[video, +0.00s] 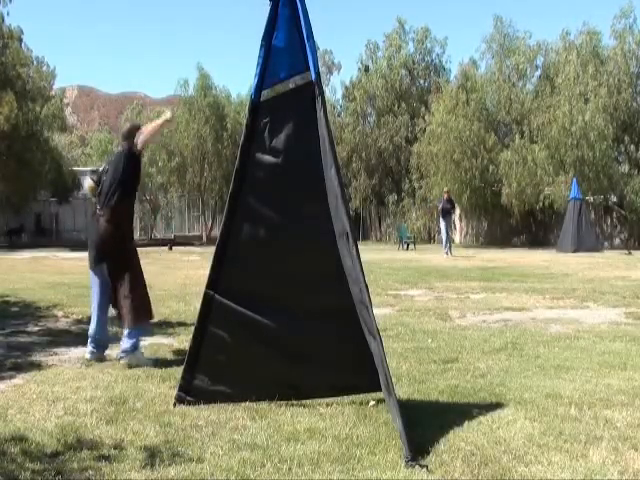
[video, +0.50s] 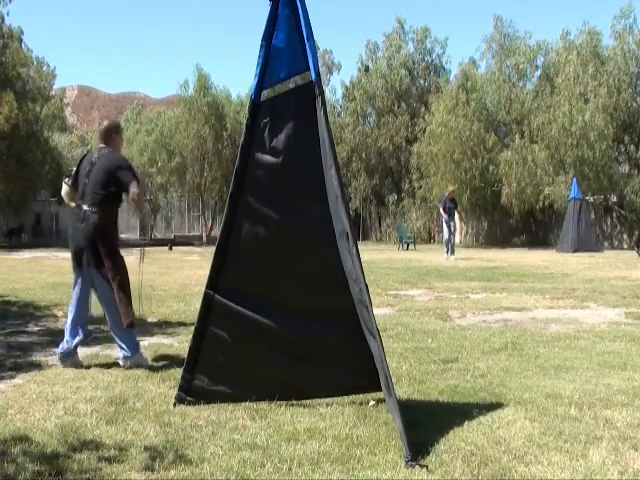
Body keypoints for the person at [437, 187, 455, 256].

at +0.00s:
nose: (446, 195)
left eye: (447, 193)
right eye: (445, 193)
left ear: (449, 194)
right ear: (443, 194)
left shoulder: (451, 201)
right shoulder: (441, 201)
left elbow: (453, 209)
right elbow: (439, 209)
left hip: (449, 218)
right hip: (442, 218)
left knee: (449, 234)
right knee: (444, 234)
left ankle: (449, 249)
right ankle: (445, 250)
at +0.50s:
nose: (450, 195)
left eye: (451, 193)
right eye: (449, 193)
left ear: (453, 194)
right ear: (447, 194)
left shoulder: (454, 200)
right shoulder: (444, 200)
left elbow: (457, 209)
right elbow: (441, 208)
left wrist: (461, 217)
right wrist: (444, 215)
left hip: (452, 218)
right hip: (446, 218)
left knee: (452, 236)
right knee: (447, 236)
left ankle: (452, 253)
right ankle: (446, 252)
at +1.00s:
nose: (453, 194)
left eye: (453, 192)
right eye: (451, 192)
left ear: (454, 192)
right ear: (449, 192)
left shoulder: (454, 199)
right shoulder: (445, 200)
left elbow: (456, 209)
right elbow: (440, 211)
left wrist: (458, 215)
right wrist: (440, 221)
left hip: (453, 217)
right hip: (446, 218)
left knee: (454, 237)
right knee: (449, 237)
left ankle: (453, 253)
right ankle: (450, 254)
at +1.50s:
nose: (450, 192)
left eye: (451, 191)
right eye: (449, 191)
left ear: (453, 191)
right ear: (446, 191)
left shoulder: (454, 199)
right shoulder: (443, 199)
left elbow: (457, 210)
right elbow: (439, 209)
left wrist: (460, 221)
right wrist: (439, 220)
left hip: (452, 220)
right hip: (444, 220)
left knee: (452, 239)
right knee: (446, 239)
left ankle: (452, 257)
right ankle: (447, 254)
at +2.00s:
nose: (443, 192)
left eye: (444, 190)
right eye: (442, 190)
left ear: (446, 191)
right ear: (440, 191)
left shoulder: (449, 200)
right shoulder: (437, 200)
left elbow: (452, 211)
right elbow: (432, 211)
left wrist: (451, 222)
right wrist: (430, 221)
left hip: (447, 220)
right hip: (439, 220)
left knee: (447, 240)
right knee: (441, 240)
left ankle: (449, 257)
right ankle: (443, 258)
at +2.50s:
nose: (437, 191)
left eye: (439, 189)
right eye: (436, 189)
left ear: (441, 190)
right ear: (434, 190)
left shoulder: (443, 198)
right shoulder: (432, 199)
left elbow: (446, 208)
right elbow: (428, 209)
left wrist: (447, 218)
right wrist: (427, 218)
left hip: (441, 219)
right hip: (433, 219)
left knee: (440, 238)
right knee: (433, 238)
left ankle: (440, 254)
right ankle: (433, 254)